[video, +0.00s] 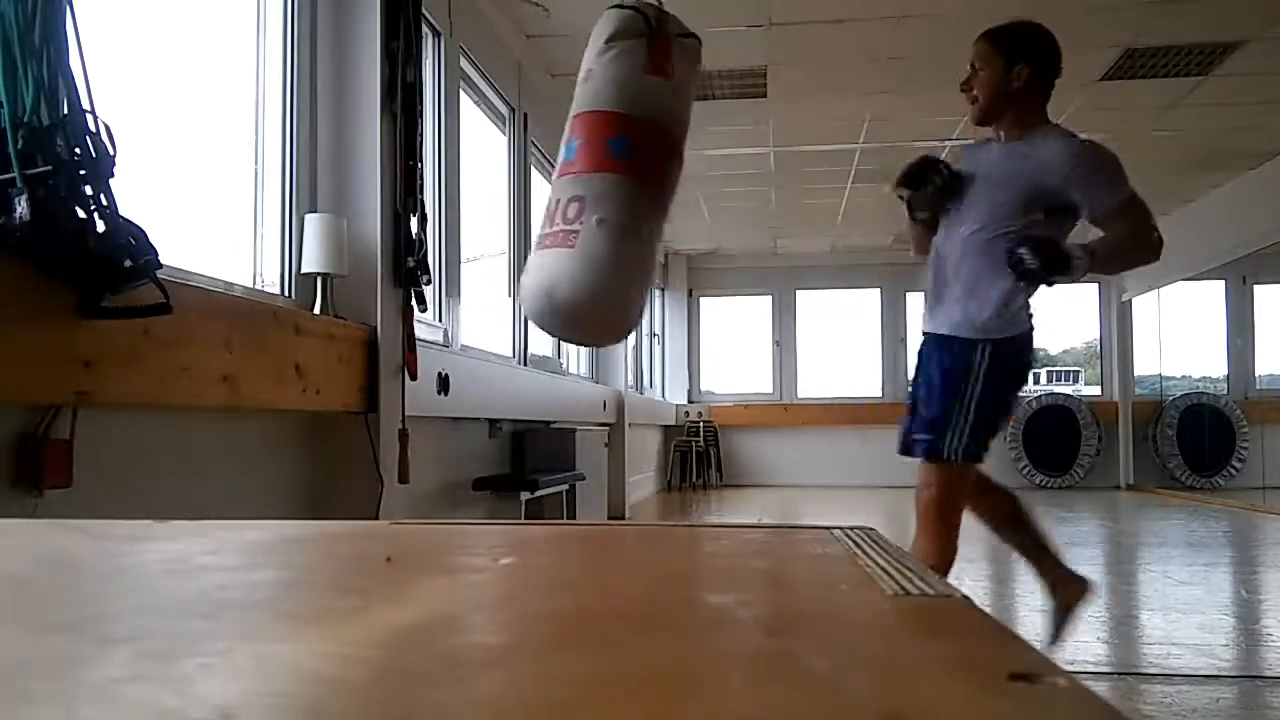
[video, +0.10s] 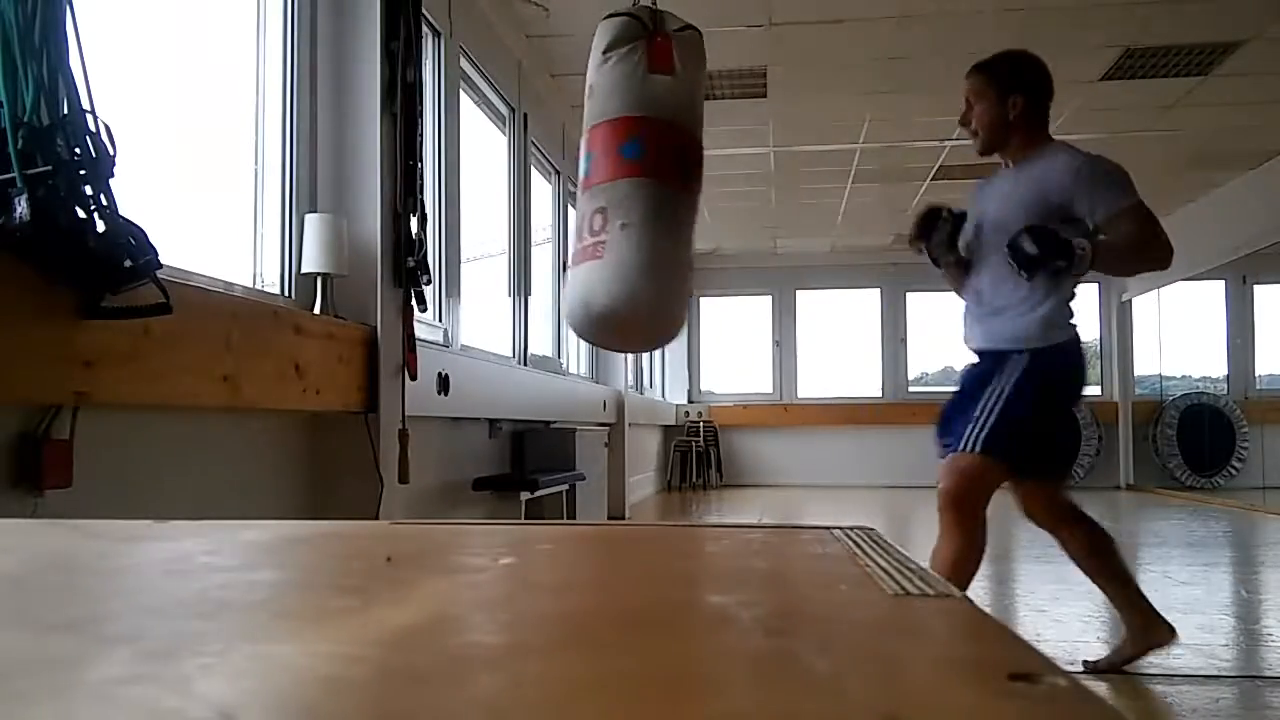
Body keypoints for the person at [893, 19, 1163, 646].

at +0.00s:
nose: (966, 82)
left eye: (978, 70)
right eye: (967, 70)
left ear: (1021, 78)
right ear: (1006, 79)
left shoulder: (1073, 157)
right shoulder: (965, 151)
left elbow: (1143, 241)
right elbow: (925, 250)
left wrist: (1070, 261)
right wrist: (921, 211)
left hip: (989, 340)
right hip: (942, 334)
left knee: (935, 487)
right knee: (958, 478)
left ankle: (913, 628)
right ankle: (1063, 584)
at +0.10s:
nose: (965, 119)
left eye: (974, 106)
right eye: (965, 106)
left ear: (1016, 107)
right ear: (1008, 111)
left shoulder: (1078, 172)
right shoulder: (988, 190)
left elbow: (1154, 251)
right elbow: (979, 289)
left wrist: (1082, 255)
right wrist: (946, 256)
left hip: (1038, 355)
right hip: (996, 356)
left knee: (959, 488)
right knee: (1044, 503)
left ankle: (929, 637)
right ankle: (1143, 622)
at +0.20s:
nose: (964, 137)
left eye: (972, 123)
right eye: (963, 126)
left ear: (1015, 115)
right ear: (1008, 120)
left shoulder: (1079, 164)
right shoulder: (1014, 187)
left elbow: (1125, 244)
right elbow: (1027, 286)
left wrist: (1033, 223)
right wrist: (981, 266)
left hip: (1079, 348)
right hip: (1043, 353)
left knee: (995, 459)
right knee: (1078, 506)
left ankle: (980, 634)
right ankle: (1161, 645)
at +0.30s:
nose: (972, 123)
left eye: (978, 108)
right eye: (968, 111)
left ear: (1018, 97)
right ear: (1014, 105)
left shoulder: (1072, 134)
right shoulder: (1031, 157)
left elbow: (1066, 211)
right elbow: (1053, 252)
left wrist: (985, 168)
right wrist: (1008, 243)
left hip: (1098, 321)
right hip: (1081, 327)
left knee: (1037, 452)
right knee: (1100, 484)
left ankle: (1053, 644)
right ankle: (1161, 636)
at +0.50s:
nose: (986, 146)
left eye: (992, 130)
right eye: (982, 133)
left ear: (1034, 121)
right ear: (1032, 127)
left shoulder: (1095, 171)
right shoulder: (1053, 194)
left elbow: (1116, 270)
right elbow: (1068, 292)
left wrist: (1023, 250)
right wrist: (1001, 290)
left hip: (1116, 358)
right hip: (1102, 362)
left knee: (1083, 502)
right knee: (1146, 509)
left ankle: (1136, 692)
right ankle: (1245, 654)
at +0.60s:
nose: (969, 143)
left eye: (976, 128)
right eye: (966, 131)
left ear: (1019, 118)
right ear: (1011, 125)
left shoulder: (1098, 166)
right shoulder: (1015, 194)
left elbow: (1186, 236)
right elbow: (982, 277)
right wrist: (956, 238)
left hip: (1117, 353)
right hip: (1079, 365)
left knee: (1096, 501)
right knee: (1154, 509)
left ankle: (1139, 696)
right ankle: (1245, 646)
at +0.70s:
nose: (954, 140)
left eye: (958, 125)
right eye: (950, 129)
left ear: (996, 112)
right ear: (992, 116)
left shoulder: (1073, 149)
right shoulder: (999, 181)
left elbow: (1168, 202)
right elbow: (936, 238)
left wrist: (1125, 267)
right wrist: (922, 181)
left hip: (1106, 343)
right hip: (1069, 357)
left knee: (1106, 504)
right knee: (1135, 501)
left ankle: (1138, 696)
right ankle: (1233, 634)